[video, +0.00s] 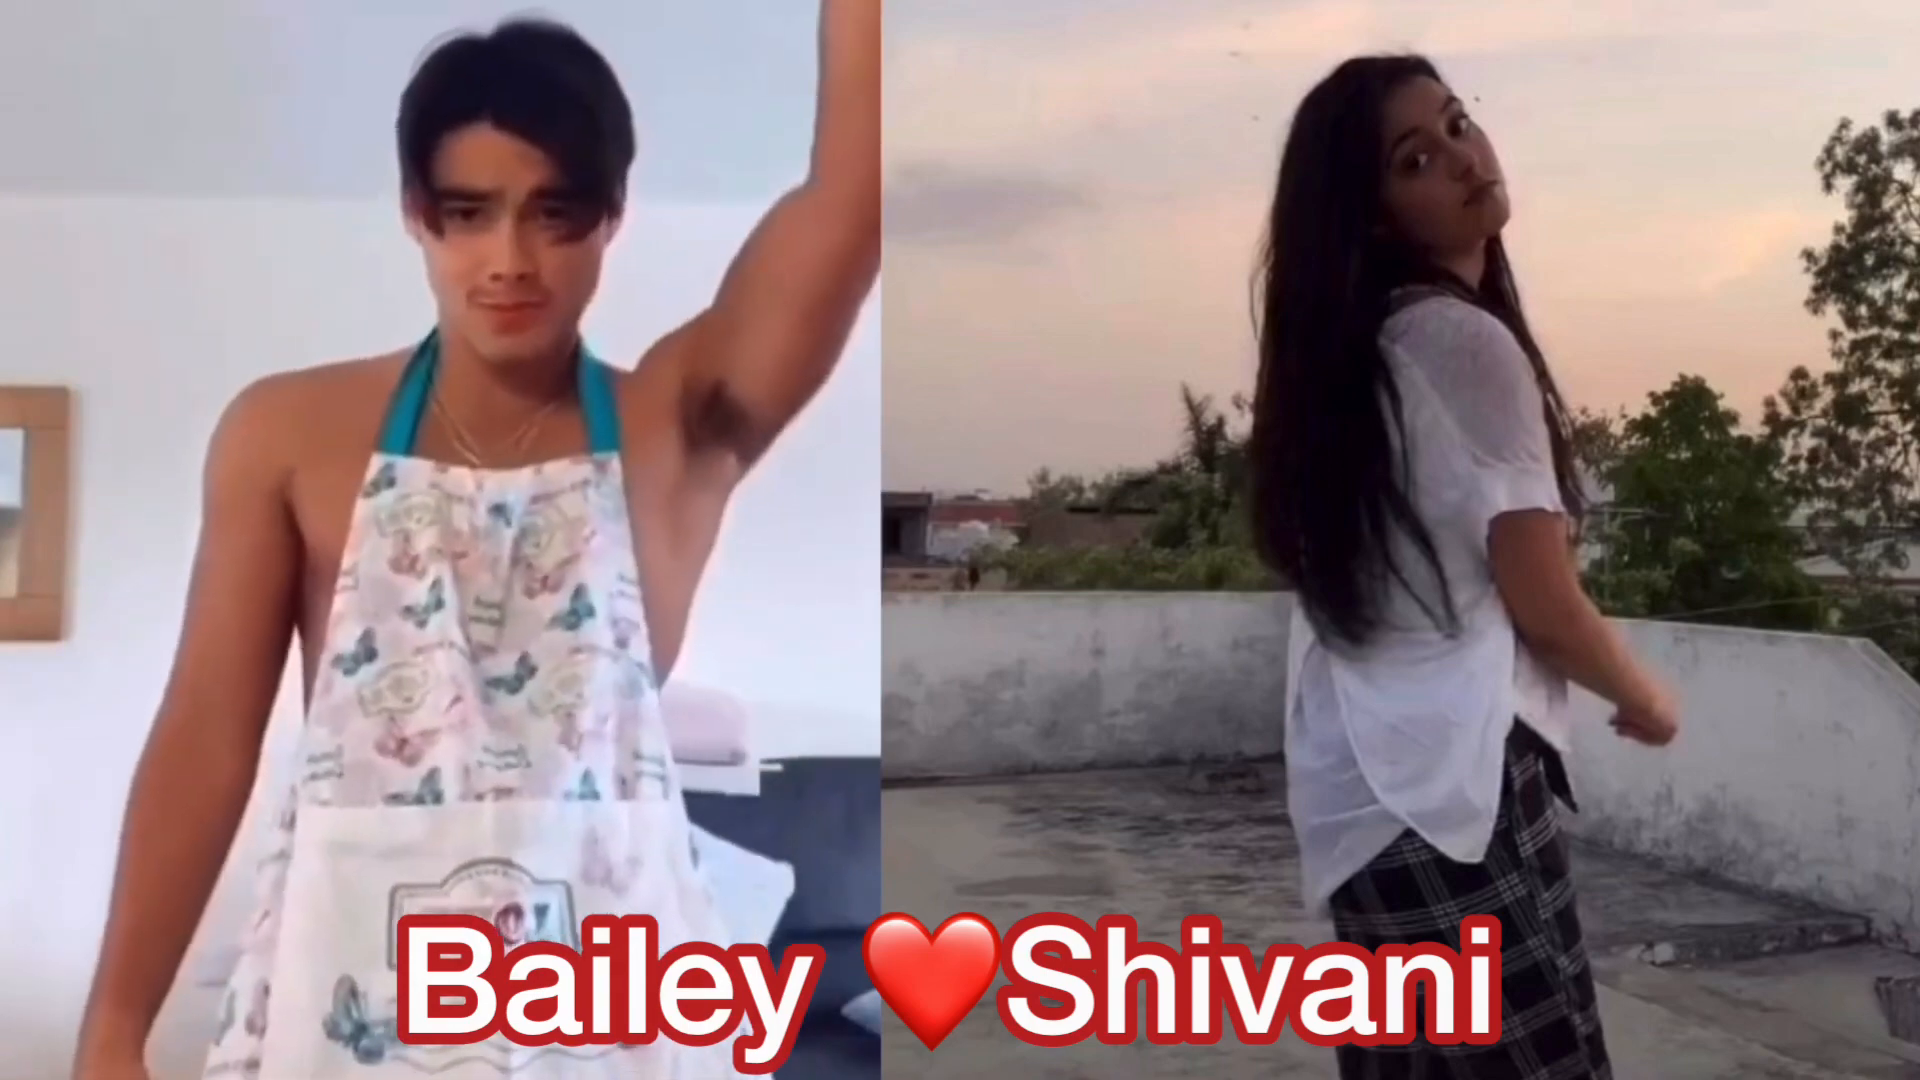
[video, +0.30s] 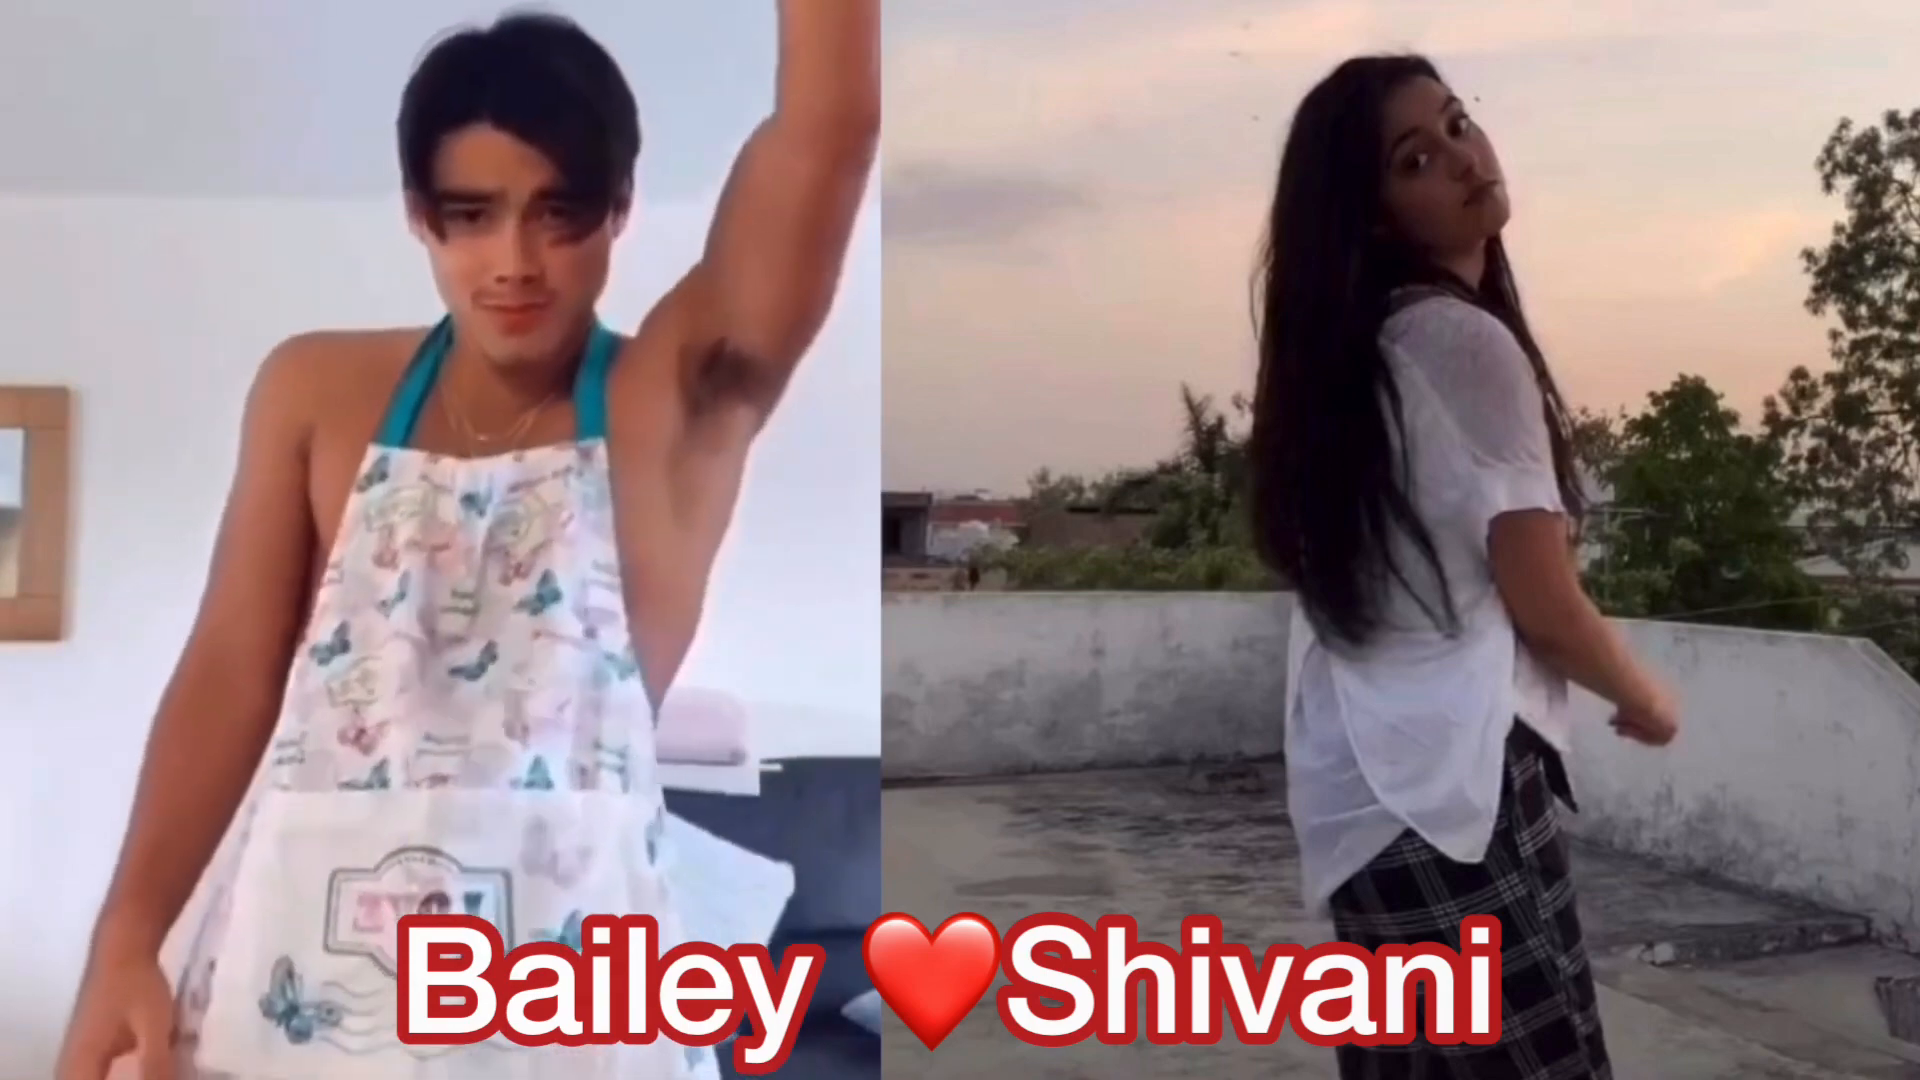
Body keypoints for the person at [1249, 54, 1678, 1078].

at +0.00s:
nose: (1466, 158)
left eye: (1459, 125)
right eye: (1417, 158)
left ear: (1480, 129)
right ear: (1370, 210)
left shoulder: (1354, 333)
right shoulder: (1465, 339)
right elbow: (1546, 604)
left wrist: (1561, 666)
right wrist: (1642, 696)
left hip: (1362, 783)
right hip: (1452, 789)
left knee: (1397, 1056)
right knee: (1545, 1056)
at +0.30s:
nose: (1466, 158)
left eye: (1459, 125)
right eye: (1417, 158)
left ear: (1480, 129)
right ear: (1370, 210)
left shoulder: (1353, 333)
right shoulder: (1465, 339)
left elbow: (1392, 564)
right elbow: (1545, 602)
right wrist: (1643, 697)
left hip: (1362, 783)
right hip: (1452, 788)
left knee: (1397, 1056)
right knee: (1544, 1056)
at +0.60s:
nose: (1466, 158)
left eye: (1459, 125)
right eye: (1417, 158)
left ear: (1480, 129)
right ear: (1370, 210)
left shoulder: (1353, 333)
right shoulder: (1465, 339)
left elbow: (1392, 564)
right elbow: (1545, 602)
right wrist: (1643, 697)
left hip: (1362, 783)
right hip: (1452, 788)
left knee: (1397, 1056)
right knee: (1544, 1056)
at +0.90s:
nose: (1466, 158)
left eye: (1459, 125)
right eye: (1417, 158)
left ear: (1480, 129)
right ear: (1370, 210)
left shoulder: (1354, 333)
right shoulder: (1465, 339)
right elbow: (1546, 604)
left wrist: (1561, 666)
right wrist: (1642, 696)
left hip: (1362, 783)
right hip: (1452, 789)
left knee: (1397, 1056)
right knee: (1545, 1056)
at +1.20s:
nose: (1466, 158)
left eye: (1459, 125)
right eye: (1417, 158)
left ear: (1480, 129)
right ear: (1370, 210)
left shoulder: (1353, 333)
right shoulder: (1465, 339)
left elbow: (1392, 564)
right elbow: (1545, 602)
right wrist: (1643, 697)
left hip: (1362, 783)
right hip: (1452, 789)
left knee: (1397, 1056)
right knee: (1544, 1056)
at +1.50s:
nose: (1466, 158)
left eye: (1459, 125)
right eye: (1417, 158)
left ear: (1480, 129)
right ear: (1370, 210)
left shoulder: (1353, 333)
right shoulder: (1465, 339)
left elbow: (1392, 564)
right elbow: (1545, 602)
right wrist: (1643, 697)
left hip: (1362, 783)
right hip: (1452, 789)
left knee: (1397, 1056)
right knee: (1544, 1056)